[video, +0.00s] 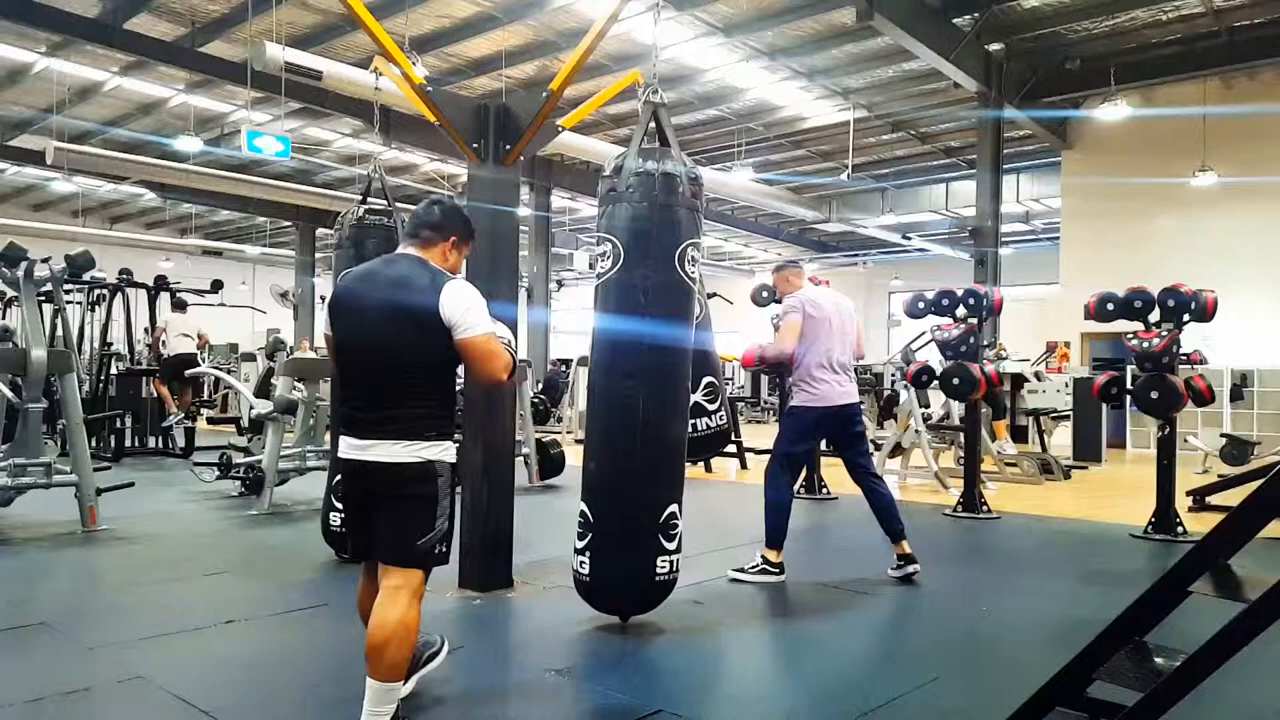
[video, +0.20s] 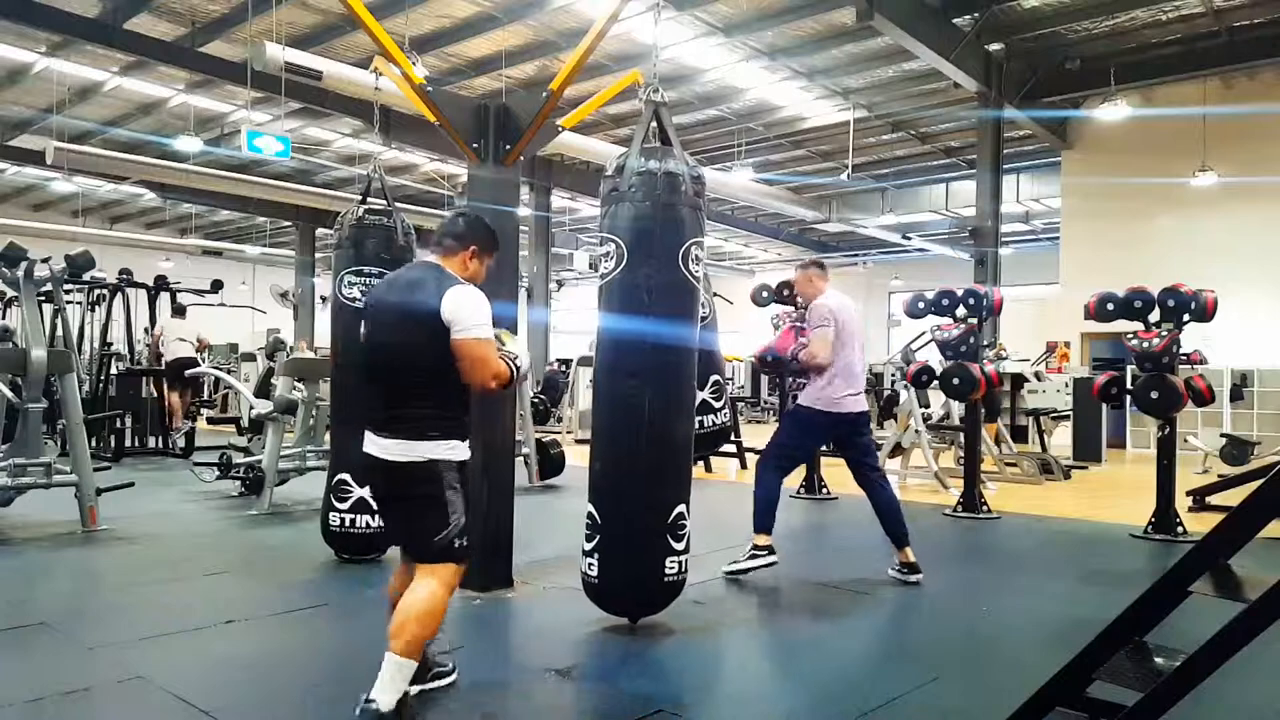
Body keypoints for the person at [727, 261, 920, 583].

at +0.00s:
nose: (779, 295)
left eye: (778, 289)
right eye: (777, 291)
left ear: (789, 278)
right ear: (802, 277)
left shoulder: (795, 301)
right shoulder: (844, 302)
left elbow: (784, 349)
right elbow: (858, 351)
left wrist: (757, 353)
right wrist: (818, 347)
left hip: (808, 404)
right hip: (847, 403)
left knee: (778, 475)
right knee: (867, 475)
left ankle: (772, 559)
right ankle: (904, 552)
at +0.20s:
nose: (797, 293)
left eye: (797, 286)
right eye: (795, 288)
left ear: (813, 278)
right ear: (823, 279)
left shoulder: (821, 306)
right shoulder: (847, 306)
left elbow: (820, 356)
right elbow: (843, 358)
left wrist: (798, 355)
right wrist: (804, 352)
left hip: (816, 408)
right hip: (854, 410)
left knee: (770, 467)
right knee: (873, 478)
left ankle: (761, 545)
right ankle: (907, 559)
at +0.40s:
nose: (793, 283)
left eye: (795, 277)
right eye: (793, 277)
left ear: (809, 275)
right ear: (824, 277)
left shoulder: (800, 303)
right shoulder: (848, 307)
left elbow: (766, 342)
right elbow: (855, 353)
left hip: (804, 409)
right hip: (845, 408)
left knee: (769, 474)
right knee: (869, 476)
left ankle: (747, 555)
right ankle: (906, 556)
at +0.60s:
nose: (753, 285)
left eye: (753, 280)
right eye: (754, 280)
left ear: (761, 278)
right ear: (783, 277)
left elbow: (709, 308)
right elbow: (834, 354)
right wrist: (796, 358)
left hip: (777, 408)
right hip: (817, 406)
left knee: (737, 476)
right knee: (836, 475)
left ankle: (737, 557)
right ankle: (888, 543)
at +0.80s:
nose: (715, 284)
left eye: (717, 277)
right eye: (715, 278)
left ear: (731, 276)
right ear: (735, 276)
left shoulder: (755, 306)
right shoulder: (737, 308)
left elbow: (743, 358)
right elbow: (738, 352)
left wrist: (716, 347)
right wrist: (724, 347)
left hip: (765, 401)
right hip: (785, 399)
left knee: (737, 475)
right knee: (808, 468)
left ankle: (737, 556)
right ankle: (866, 525)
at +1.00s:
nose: (721, 284)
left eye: (723, 277)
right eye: (721, 277)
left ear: (737, 276)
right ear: (744, 275)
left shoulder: (755, 306)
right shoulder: (765, 303)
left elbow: (737, 353)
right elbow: (738, 345)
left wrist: (710, 337)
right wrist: (722, 335)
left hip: (764, 402)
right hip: (782, 401)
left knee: (735, 475)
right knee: (771, 469)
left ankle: (736, 553)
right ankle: (830, 520)